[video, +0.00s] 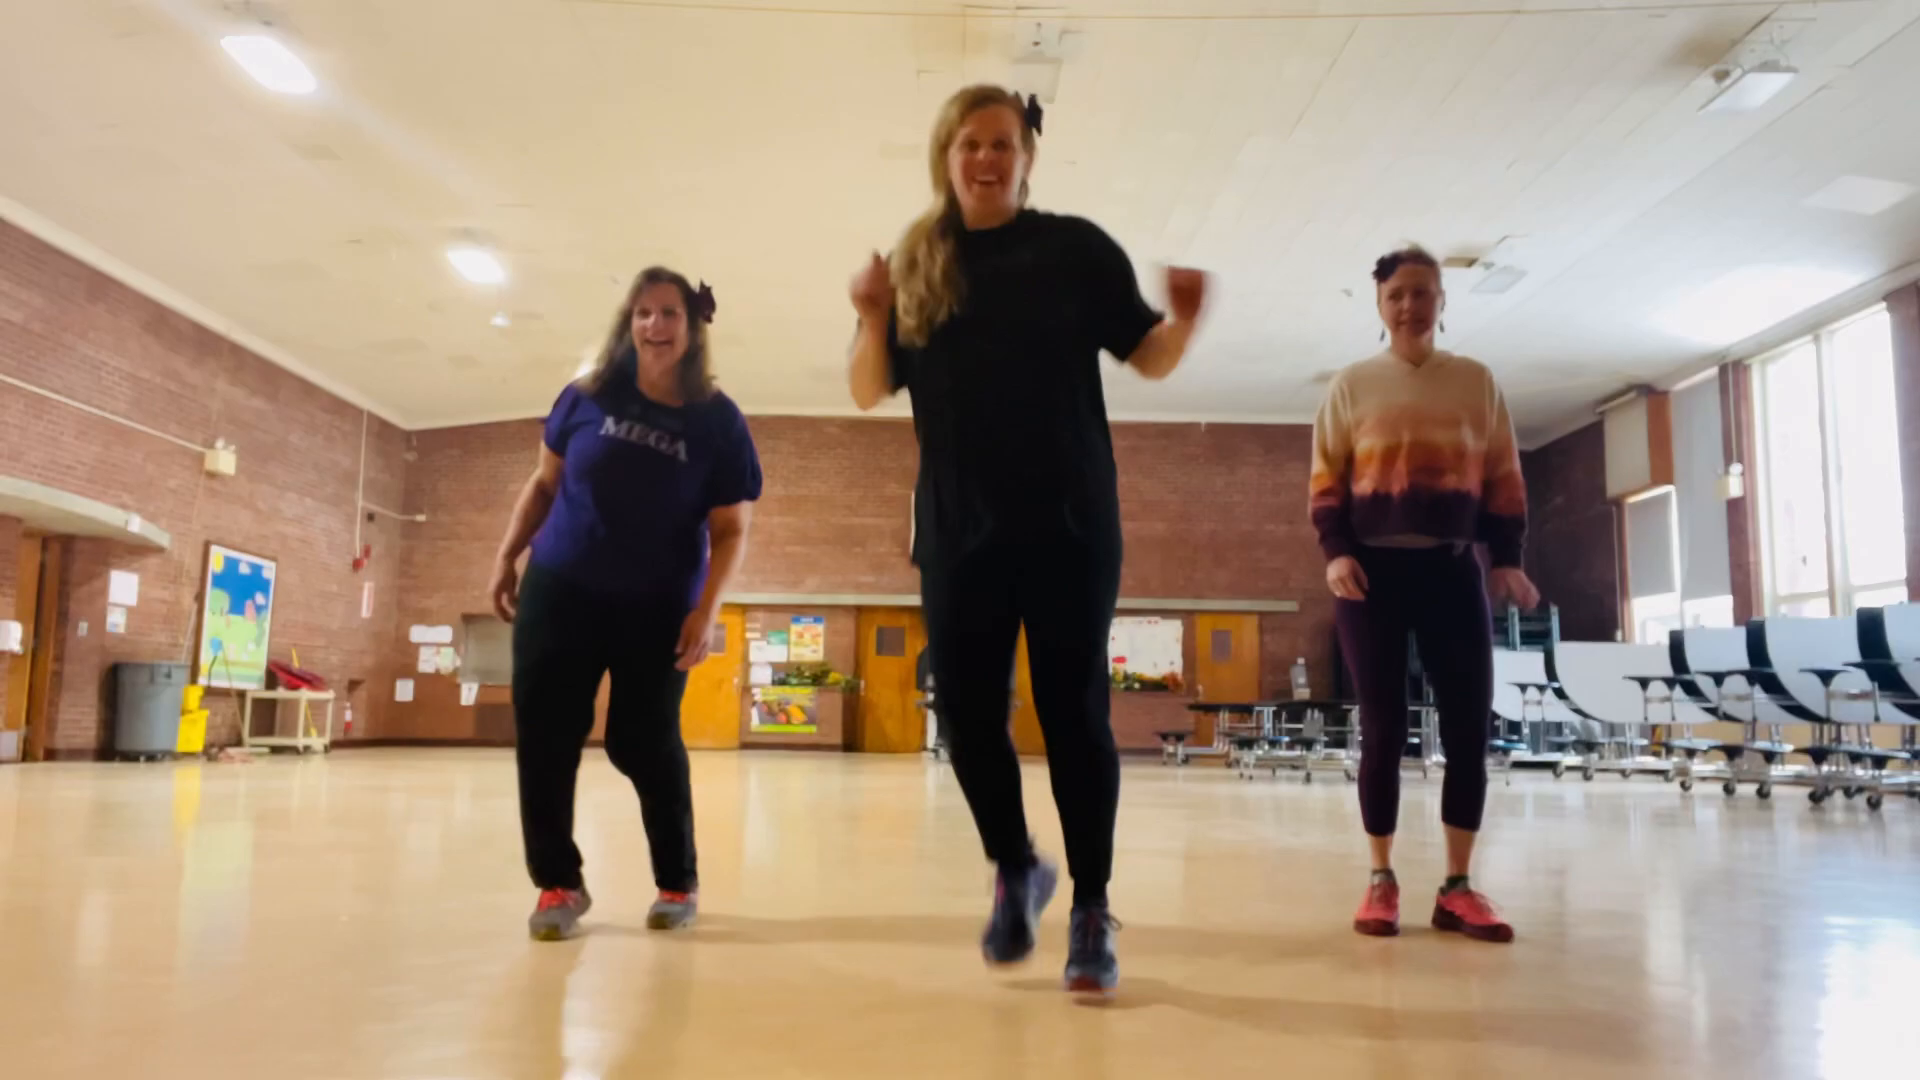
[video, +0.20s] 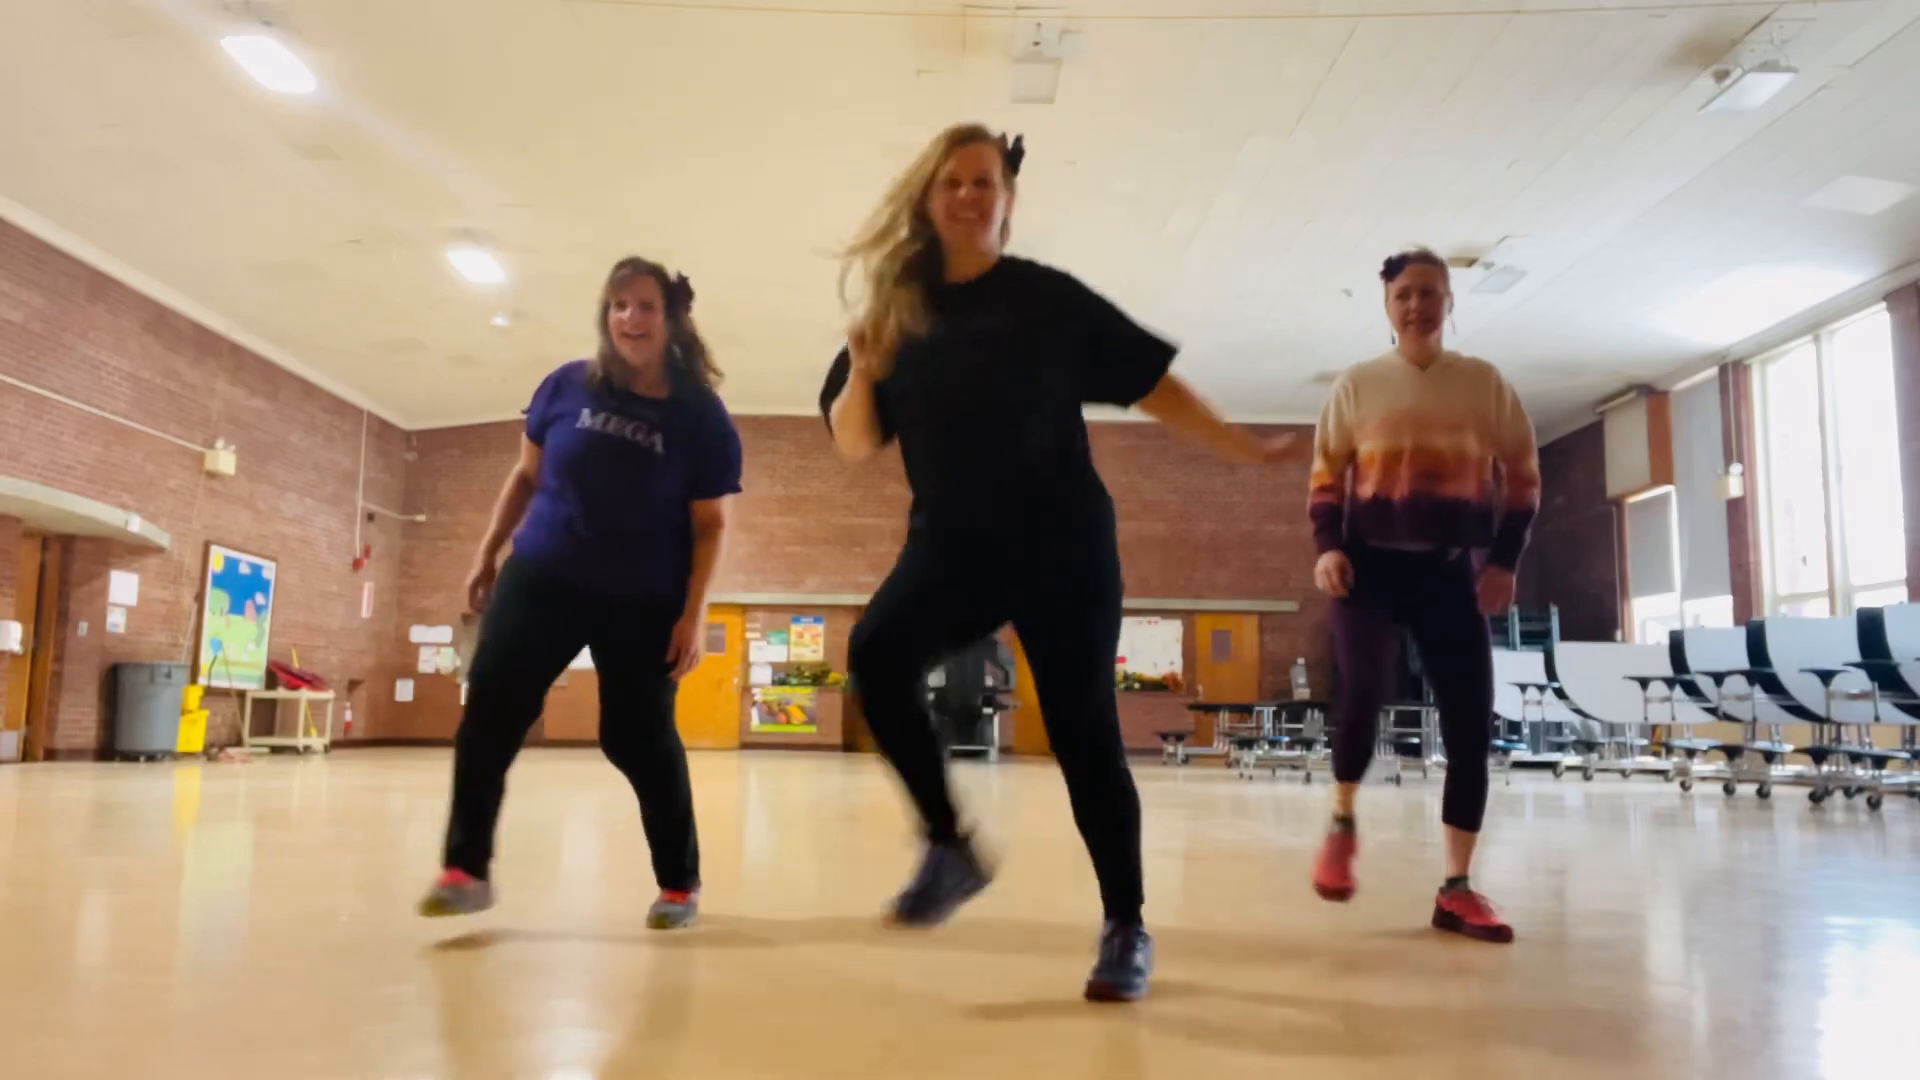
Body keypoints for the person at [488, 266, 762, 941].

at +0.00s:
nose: (655, 324)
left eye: (669, 314)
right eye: (644, 313)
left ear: (694, 327)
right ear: (627, 323)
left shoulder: (716, 419)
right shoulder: (585, 395)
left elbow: (729, 529)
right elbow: (545, 483)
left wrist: (705, 611)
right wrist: (507, 557)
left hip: (654, 606)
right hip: (562, 591)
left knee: (646, 744)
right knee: (544, 739)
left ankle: (677, 884)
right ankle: (558, 885)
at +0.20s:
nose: (630, 317)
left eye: (646, 307)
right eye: (619, 306)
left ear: (673, 320)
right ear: (605, 316)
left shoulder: (698, 413)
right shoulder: (568, 386)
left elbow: (710, 525)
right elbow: (526, 476)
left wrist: (692, 614)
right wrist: (487, 557)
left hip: (640, 599)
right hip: (543, 582)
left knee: (640, 738)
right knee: (490, 709)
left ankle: (679, 885)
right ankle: (466, 871)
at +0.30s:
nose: (600, 319)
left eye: (614, 307)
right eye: (588, 308)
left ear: (644, 317)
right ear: (575, 320)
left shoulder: (675, 412)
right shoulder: (540, 392)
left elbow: (697, 520)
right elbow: (506, 486)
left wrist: (693, 613)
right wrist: (475, 565)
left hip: (630, 592)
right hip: (530, 579)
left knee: (630, 736)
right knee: (466, 708)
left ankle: (678, 883)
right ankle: (418, 877)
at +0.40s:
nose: (560, 320)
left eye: (574, 308)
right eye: (548, 309)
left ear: (601, 319)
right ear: (531, 322)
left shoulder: (635, 410)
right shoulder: (500, 398)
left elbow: (672, 515)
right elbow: (470, 492)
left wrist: (685, 603)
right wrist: (443, 575)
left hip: (606, 598)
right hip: (501, 590)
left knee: (621, 742)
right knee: (444, 730)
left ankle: (678, 882)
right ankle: (406, 896)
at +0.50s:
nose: (514, 315)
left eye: (529, 303)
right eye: (502, 304)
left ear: (556, 314)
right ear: (486, 316)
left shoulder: (593, 403)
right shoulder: (456, 395)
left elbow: (632, 505)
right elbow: (423, 493)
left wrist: (661, 589)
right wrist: (404, 579)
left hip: (574, 596)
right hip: (467, 589)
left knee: (597, 739)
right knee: (418, 734)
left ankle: (665, 879)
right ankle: (402, 898)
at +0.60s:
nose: (479, 302)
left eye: (493, 290)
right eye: (466, 290)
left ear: (520, 303)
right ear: (449, 304)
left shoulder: (559, 390)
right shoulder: (420, 392)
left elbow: (597, 492)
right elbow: (390, 491)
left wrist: (618, 575)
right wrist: (366, 578)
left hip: (545, 592)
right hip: (438, 589)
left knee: (551, 737)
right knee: (405, 742)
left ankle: (578, 849)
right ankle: (402, 900)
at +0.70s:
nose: (454, 297)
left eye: (469, 285)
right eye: (441, 286)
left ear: (498, 297)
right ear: (427, 300)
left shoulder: (538, 386)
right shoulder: (397, 391)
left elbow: (574, 487)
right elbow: (372, 492)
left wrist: (568, 573)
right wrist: (348, 580)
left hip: (511, 595)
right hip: (412, 591)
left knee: (490, 740)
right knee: (395, 747)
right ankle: (399, 898)